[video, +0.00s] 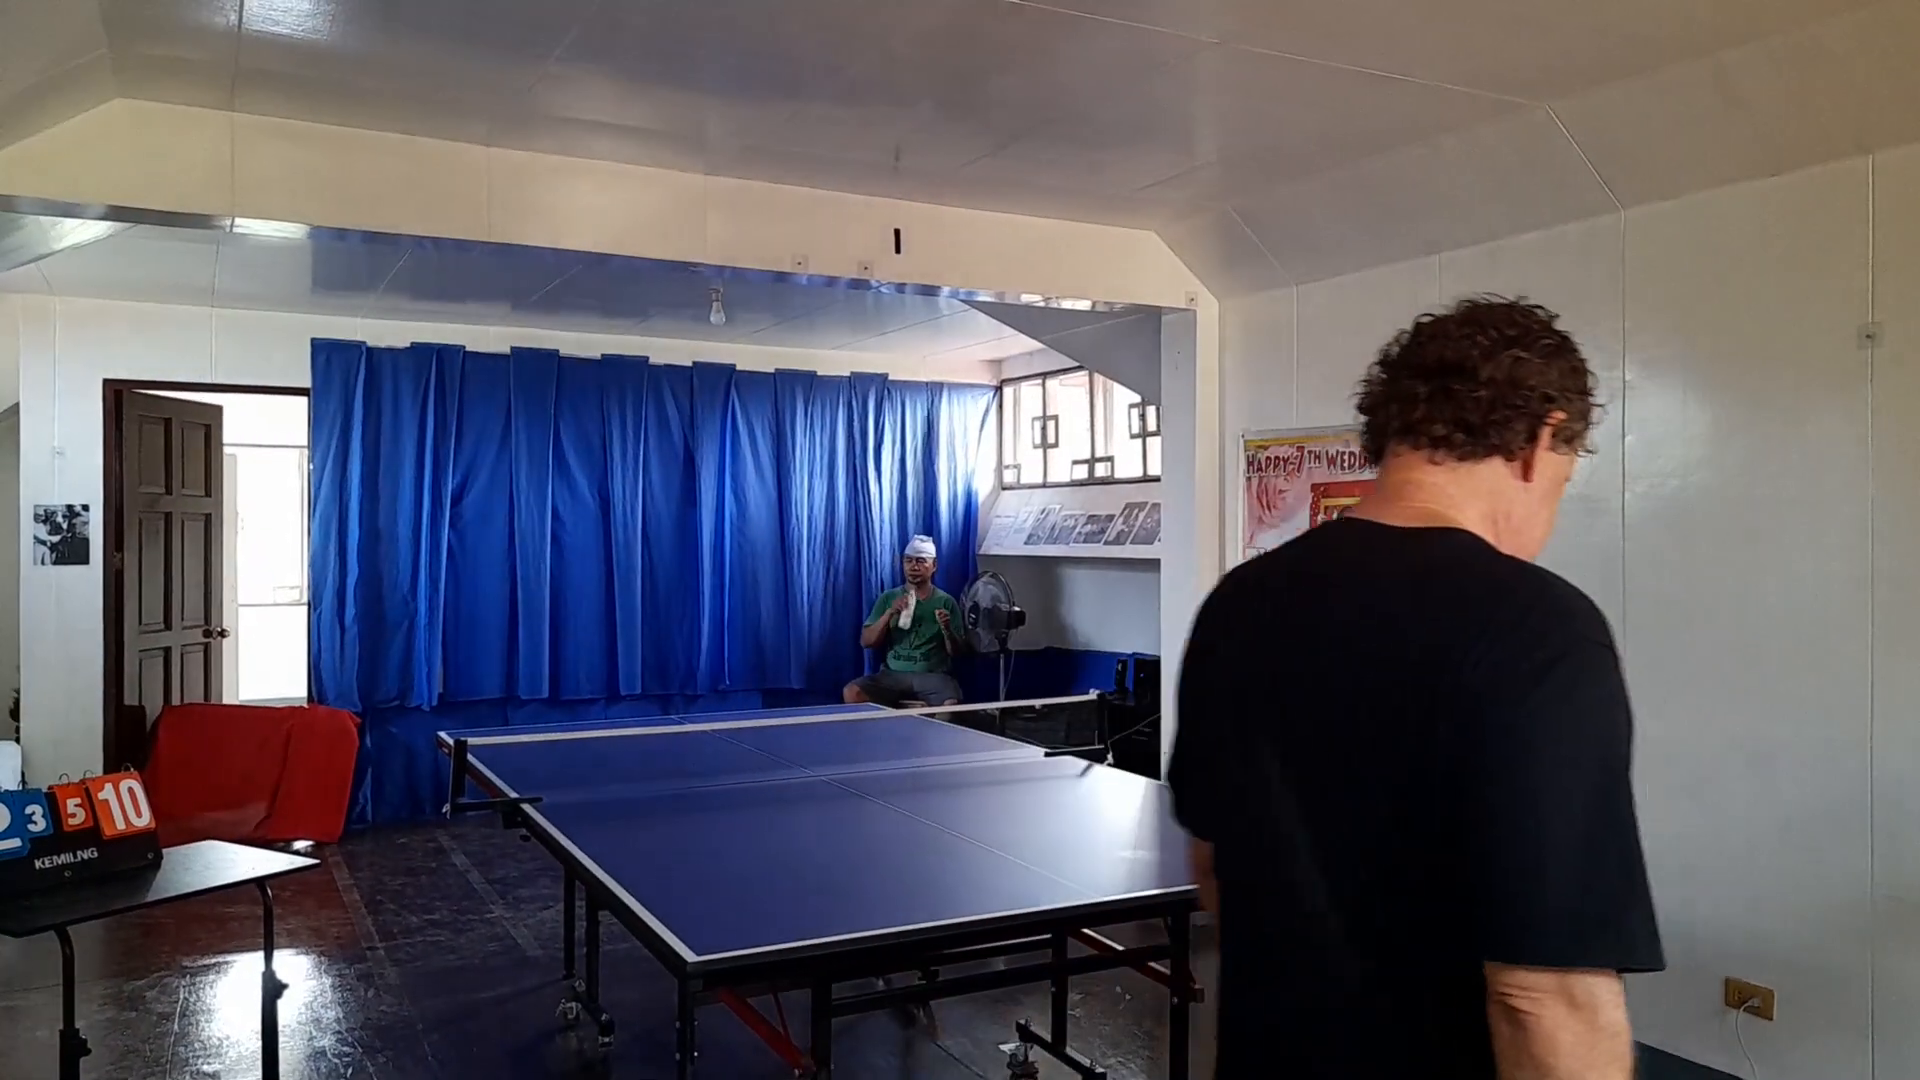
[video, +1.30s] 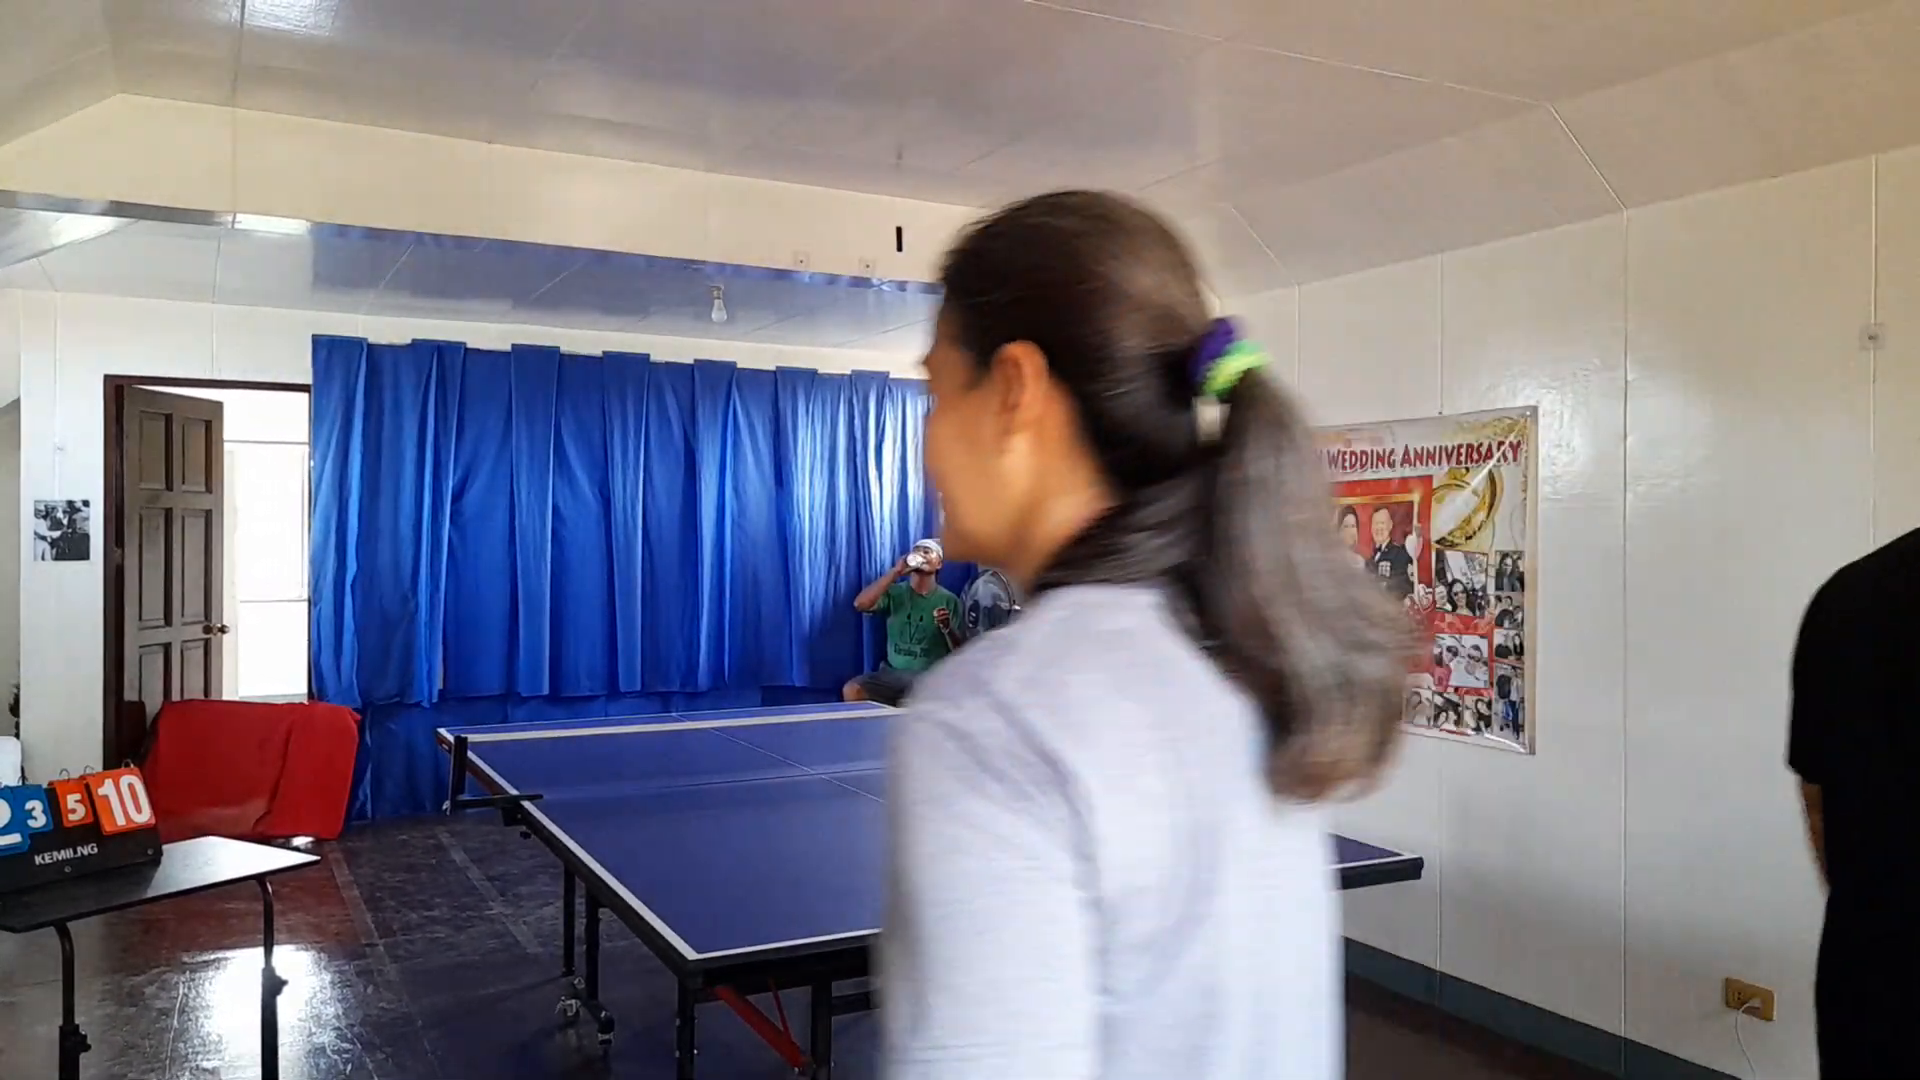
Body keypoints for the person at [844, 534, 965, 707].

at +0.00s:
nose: (914, 567)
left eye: (921, 561)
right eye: (909, 561)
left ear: (933, 566)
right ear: (903, 564)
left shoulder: (946, 602)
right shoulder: (888, 598)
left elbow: (956, 652)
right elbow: (866, 641)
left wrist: (946, 629)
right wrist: (889, 613)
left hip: (932, 676)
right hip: (892, 674)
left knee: (951, 705)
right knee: (852, 692)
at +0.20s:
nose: (914, 561)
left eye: (922, 556)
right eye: (910, 555)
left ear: (934, 563)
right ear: (903, 559)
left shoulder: (946, 600)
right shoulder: (888, 593)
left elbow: (956, 651)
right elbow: (862, 626)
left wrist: (948, 631)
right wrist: (891, 591)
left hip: (931, 673)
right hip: (891, 671)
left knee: (950, 702)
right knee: (851, 689)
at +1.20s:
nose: (924, 555)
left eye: (930, 551)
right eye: (920, 550)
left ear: (939, 563)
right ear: (910, 557)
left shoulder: (948, 599)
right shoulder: (894, 591)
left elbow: (959, 647)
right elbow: (860, 601)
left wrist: (948, 629)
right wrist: (897, 569)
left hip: (932, 674)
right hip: (892, 671)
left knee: (949, 703)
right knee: (852, 690)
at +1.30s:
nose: (923, 556)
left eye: (929, 552)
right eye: (918, 551)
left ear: (939, 564)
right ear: (911, 559)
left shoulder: (950, 601)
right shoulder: (894, 593)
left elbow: (961, 652)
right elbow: (861, 603)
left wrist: (948, 630)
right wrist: (895, 572)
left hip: (931, 677)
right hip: (892, 673)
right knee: (852, 691)